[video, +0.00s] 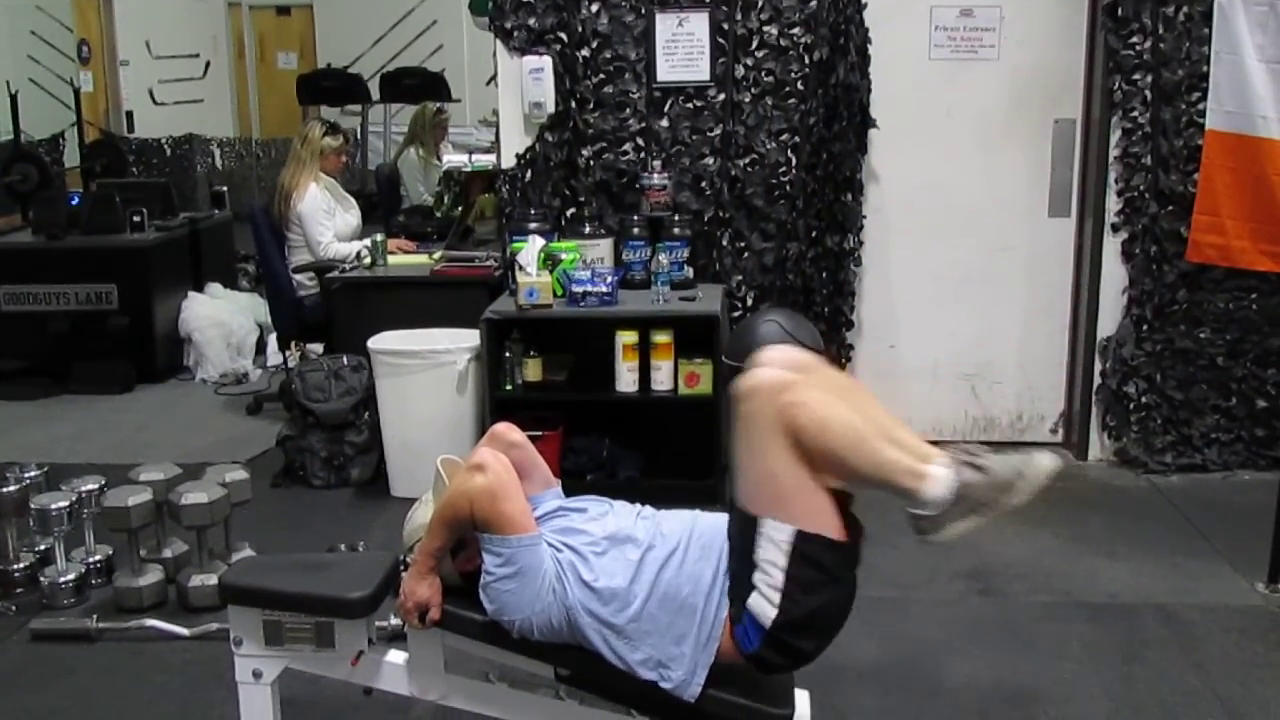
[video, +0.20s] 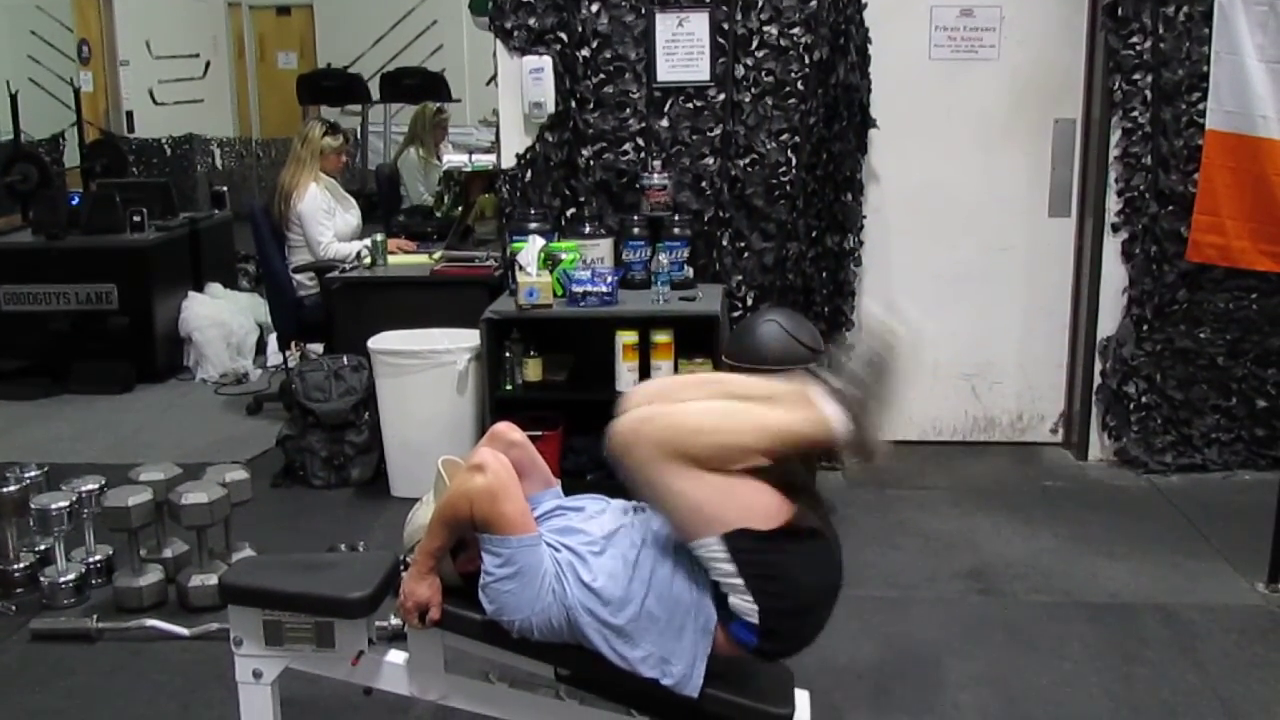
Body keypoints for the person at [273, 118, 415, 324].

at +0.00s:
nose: (344, 160)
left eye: (345, 154)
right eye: (338, 155)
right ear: (318, 155)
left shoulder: (322, 187)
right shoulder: (310, 192)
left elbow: (334, 244)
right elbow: (324, 251)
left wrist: (380, 243)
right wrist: (380, 246)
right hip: (318, 291)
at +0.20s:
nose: (344, 160)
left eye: (345, 153)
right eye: (338, 154)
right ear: (318, 154)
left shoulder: (323, 186)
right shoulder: (310, 192)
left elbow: (334, 244)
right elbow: (325, 251)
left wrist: (380, 243)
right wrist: (379, 245)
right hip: (317, 290)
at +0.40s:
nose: (344, 160)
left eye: (345, 153)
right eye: (338, 154)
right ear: (318, 154)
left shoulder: (323, 186)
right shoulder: (310, 192)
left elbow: (335, 243)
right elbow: (325, 251)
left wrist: (379, 243)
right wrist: (378, 245)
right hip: (318, 291)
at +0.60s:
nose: (345, 160)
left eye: (345, 153)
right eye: (339, 154)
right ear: (319, 155)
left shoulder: (323, 187)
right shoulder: (311, 192)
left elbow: (334, 244)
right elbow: (325, 251)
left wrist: (380, 243)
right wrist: (380, 245)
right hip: (318, 291)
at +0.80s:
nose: (345, 160)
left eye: (346, 153)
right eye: (339, 153)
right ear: (319, 154)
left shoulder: (325, 185)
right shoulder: (310, 191)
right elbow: (325, 250)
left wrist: (378, 243)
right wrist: (378, 245)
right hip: (319, 293)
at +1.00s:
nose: (345, 160)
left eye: (346, 153)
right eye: (339, 154)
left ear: (324, 155)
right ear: (320, 154)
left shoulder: (324, 187)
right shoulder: (311, 192)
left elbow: (335, 244)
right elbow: (325, 251)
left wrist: (381, 243)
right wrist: (380, 246)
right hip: (319, 291)